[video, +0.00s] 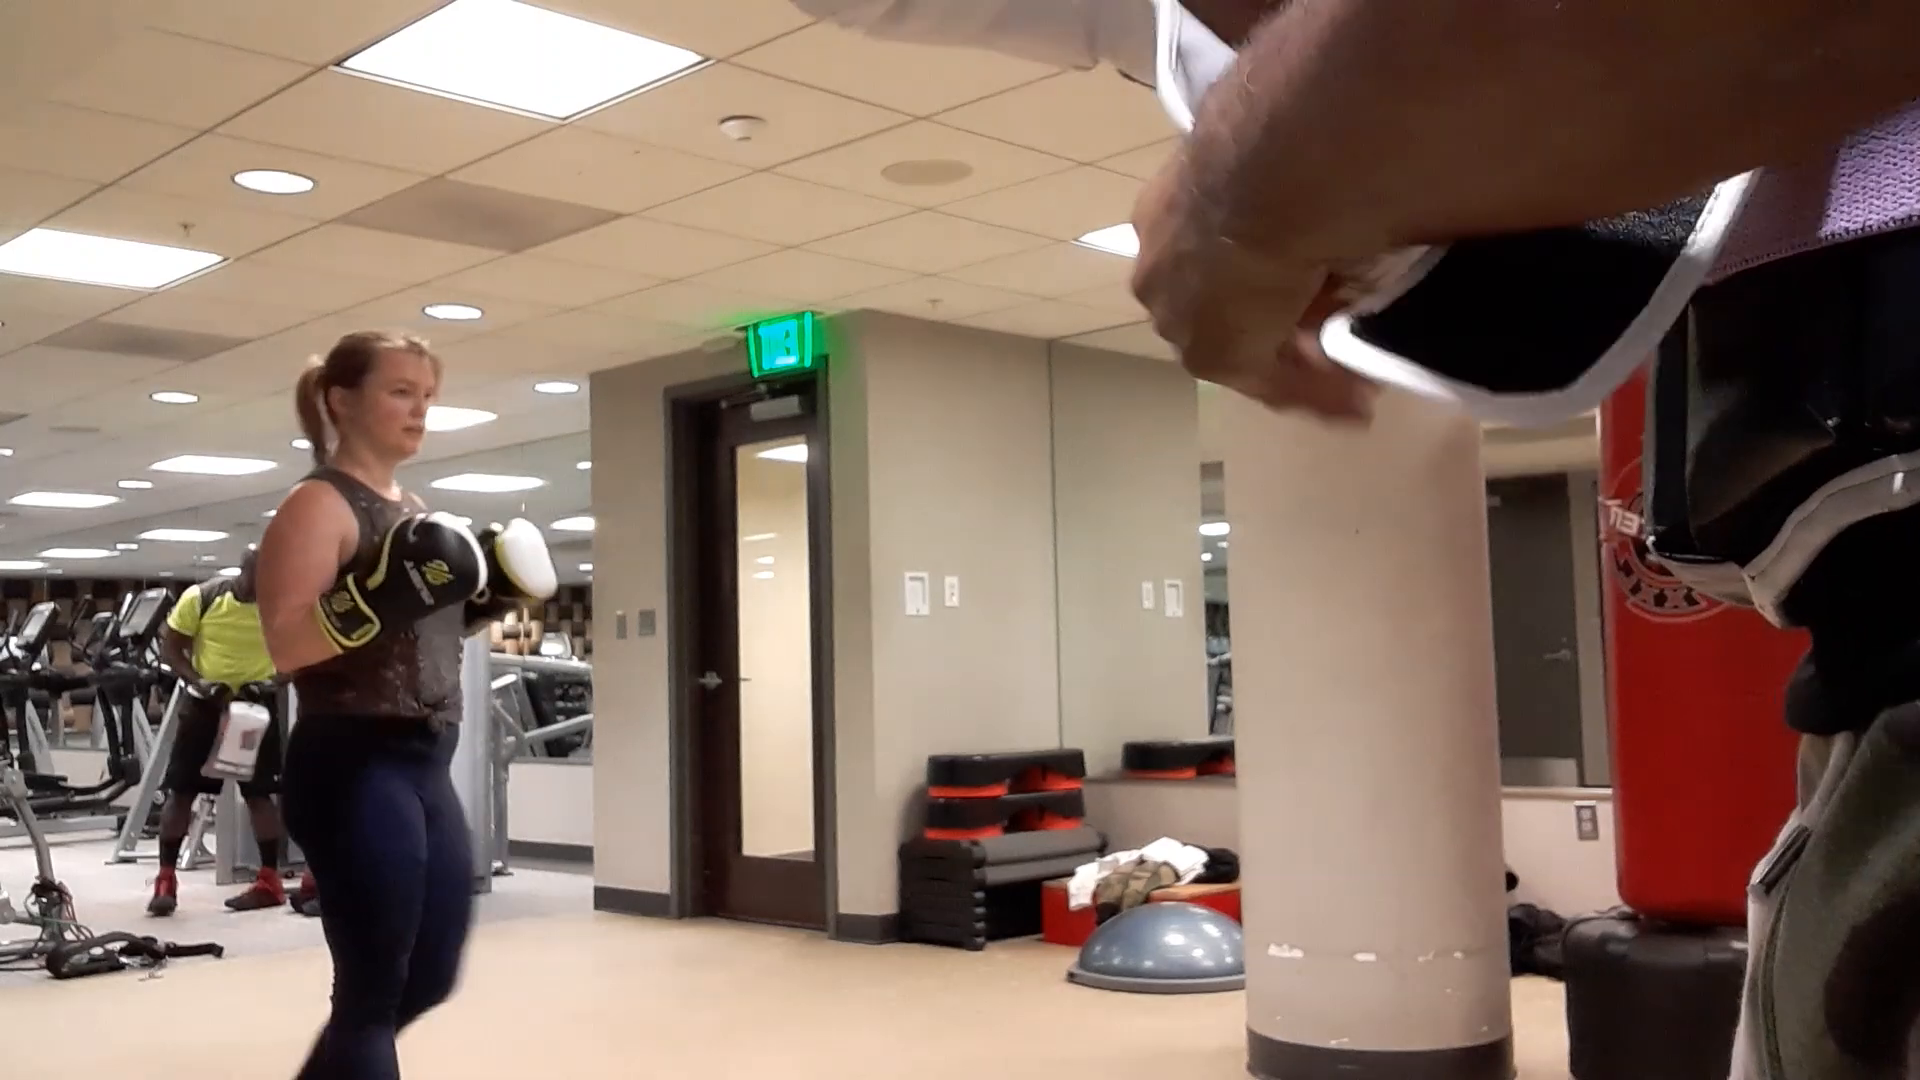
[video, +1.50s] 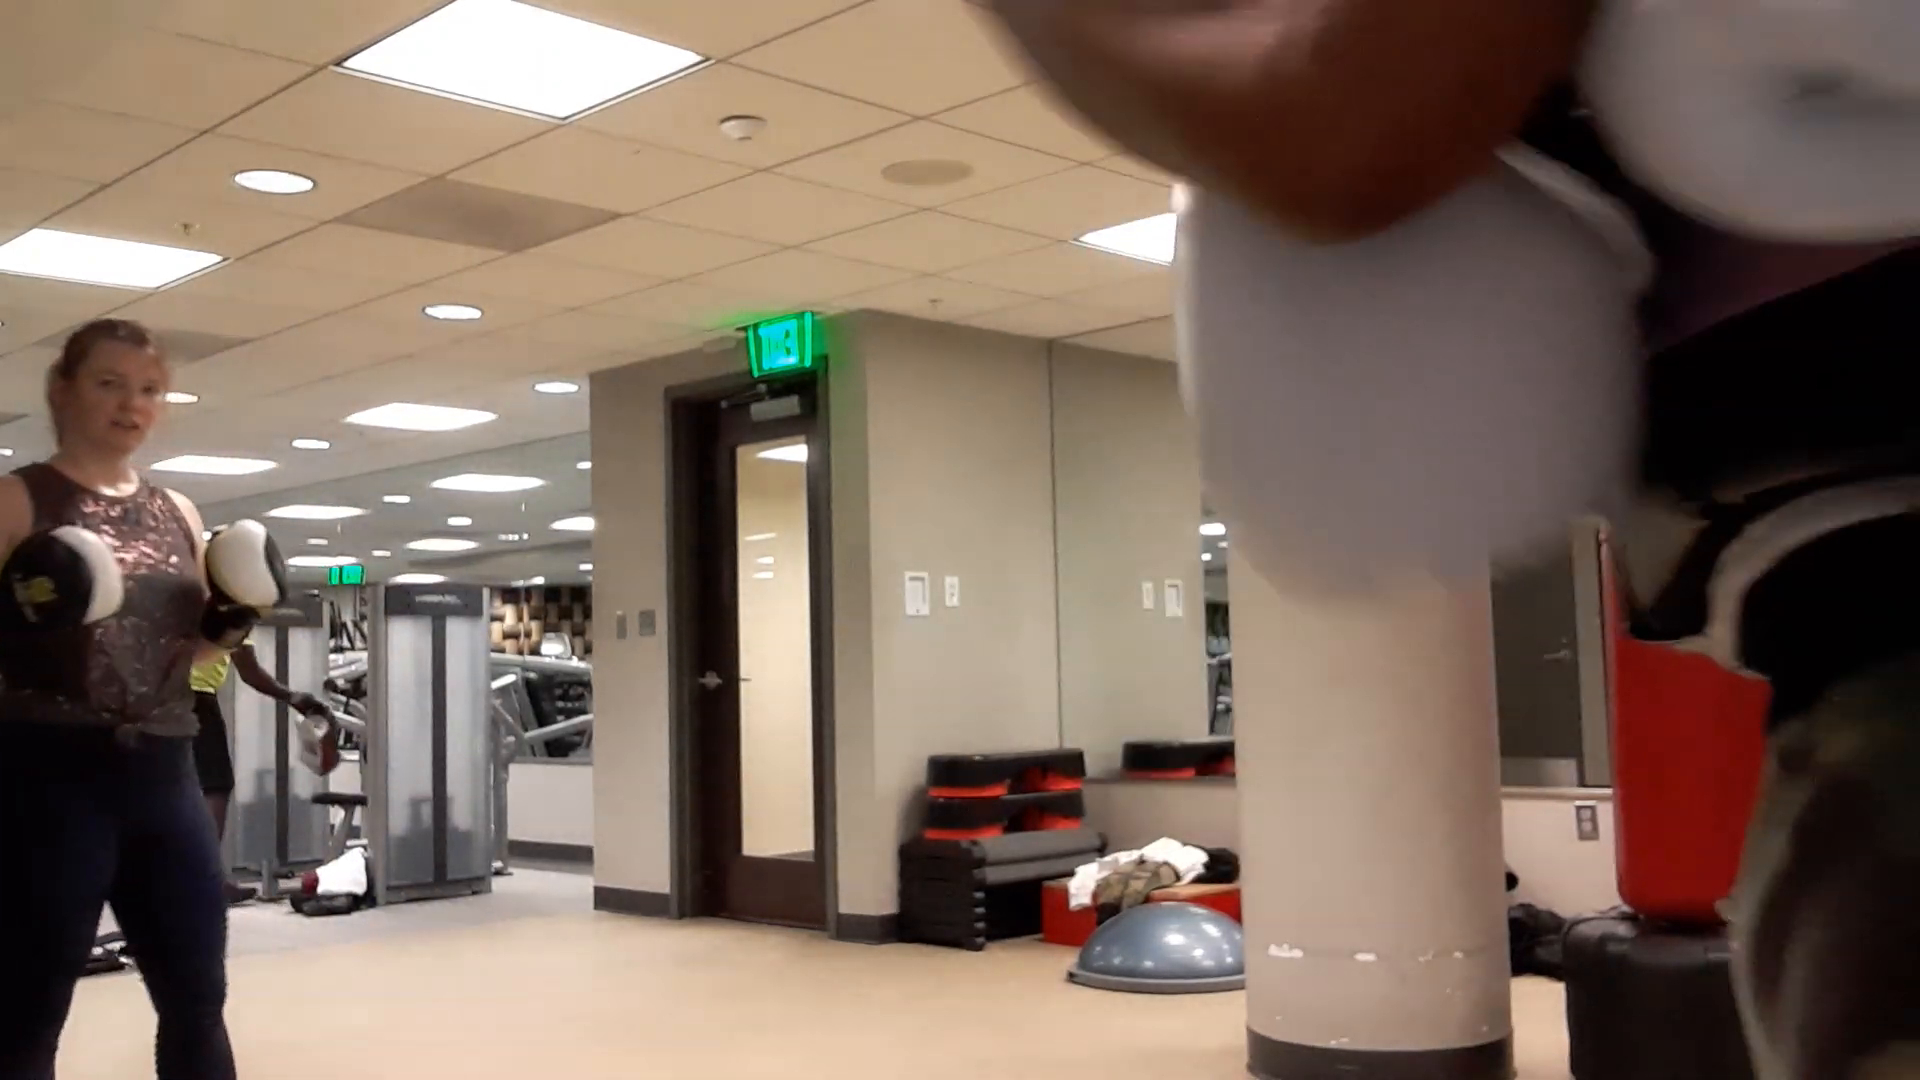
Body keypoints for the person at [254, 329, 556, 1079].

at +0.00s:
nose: (419, 412)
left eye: (427, 399)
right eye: (400, 394)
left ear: (430, 408)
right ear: (340, 401)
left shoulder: (409, 509)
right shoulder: (314, 507)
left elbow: (424, 634)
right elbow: (285, 647)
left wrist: (486, 598)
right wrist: (389, 596)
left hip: (424, 761)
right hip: (350, 764)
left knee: (427, 979)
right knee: (372, 991)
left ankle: (322, 1065)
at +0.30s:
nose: (373, 417)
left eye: (380, 403)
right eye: (354, 400)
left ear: (383, 411)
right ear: (296, 408)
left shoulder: (360, 514)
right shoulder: (269, 509)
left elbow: (372, 641)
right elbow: (238, 643)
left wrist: (437, 603)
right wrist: (336, 595)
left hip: (360, 763)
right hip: (296, 767)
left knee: (316, 985)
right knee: (346, 991)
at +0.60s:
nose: (329, 424)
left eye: (338, 413)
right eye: (311, 405)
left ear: (345, 423)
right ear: (252, 409)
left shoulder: (313, 523)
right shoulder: (209, 509)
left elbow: (306, 645)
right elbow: (156, 639)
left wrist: (374, 619)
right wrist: (258, 613)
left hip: (312, 765)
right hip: (229, 769)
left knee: (275, 987)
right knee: (323, 971)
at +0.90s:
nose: (276, 422)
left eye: (287, 409)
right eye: (258, 403)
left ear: (295, 419)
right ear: (201, 404)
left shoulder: (266, 518)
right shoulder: (157, 507)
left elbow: (272, 647)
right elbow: (106, 640)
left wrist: (332, 615)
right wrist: (198, 603)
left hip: (273, 756)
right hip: (188, 758)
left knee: (251, 983)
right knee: (232, 984)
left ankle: (154, 1066)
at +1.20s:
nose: (205, 411)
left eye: (219, 399)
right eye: (184, 391)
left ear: (230, 410)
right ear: (132, 395)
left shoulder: (221, 517)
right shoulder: (86, 499)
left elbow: (223, 646)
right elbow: (28, 633)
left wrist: (283, 621)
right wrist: (129, 592)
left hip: (219, 766)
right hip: (115, 766)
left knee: (235, 991)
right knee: (95, 992)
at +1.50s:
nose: (132, 404)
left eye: (148, 389)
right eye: (110, 383)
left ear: (162, 406)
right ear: (60, 392)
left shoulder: (180, 513)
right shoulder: (18, 500)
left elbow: (194, 649)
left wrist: (230, 615)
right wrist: (15, 606)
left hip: (161, 775)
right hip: (47, 774)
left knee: (197, 998)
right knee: (28, 1011)